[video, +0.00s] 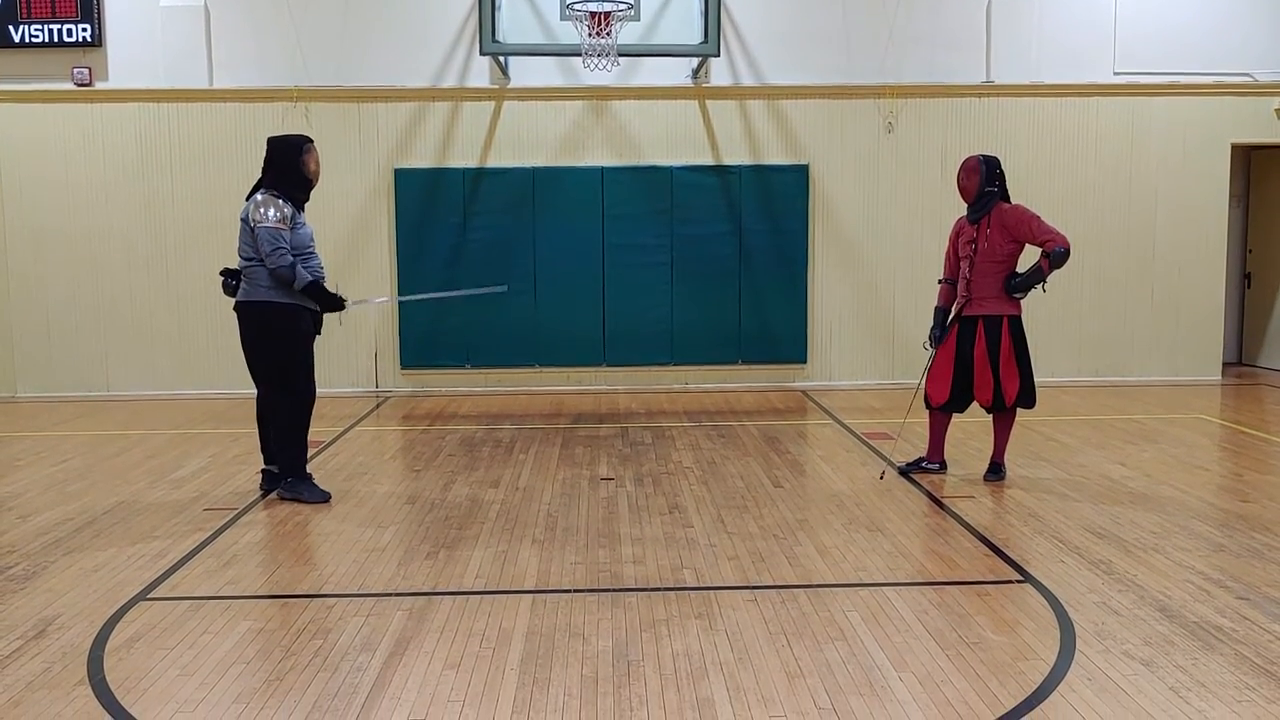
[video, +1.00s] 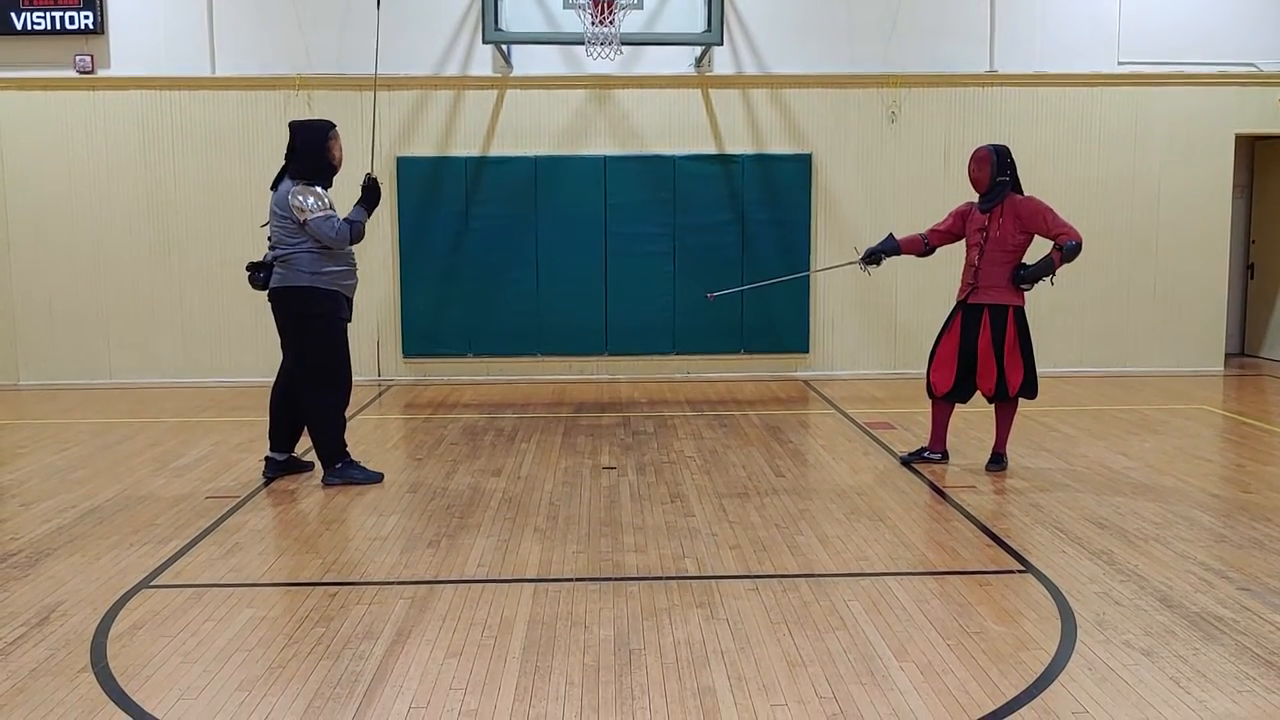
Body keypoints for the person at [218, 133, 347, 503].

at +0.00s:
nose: (318, 168)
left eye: (317, 160)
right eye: (313, 160)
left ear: (290, 162)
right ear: (294, 161)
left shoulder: (282, 202)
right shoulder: (268, 202)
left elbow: (292, 260)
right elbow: (279, 263)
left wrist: (318, 291)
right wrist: (318, 292)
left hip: (280, 309)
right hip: (271, 310)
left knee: (278, 391)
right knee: (293, 392)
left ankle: (276, 471)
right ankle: (292, 477)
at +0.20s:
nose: (321, 169)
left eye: (322, 161)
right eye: (317, 160)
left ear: (295, 162)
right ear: (297, 160)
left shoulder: (287, 202)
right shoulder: (273, 199)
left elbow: (289, 258)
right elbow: (289, 253)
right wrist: (336, 267)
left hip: (279, 304)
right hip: (278, 304)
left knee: (280, 382)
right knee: (309, 379)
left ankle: (276, 466)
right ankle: (298, 470)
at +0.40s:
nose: (323, 162)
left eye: (323, 155)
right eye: (318, 154)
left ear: (293, 156)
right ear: (299, 156)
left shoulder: (277, 195)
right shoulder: (279, 197)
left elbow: (285, 256)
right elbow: (311, 244)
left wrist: (251, 273)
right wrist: (359, 244)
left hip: (276, 301)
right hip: (285, 303)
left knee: (280, 380)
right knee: (310, 383)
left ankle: (276, 462)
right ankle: (327, 467)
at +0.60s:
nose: (327, 160)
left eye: (326, 152)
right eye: (322, 153)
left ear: (294, 156)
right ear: (303, 155)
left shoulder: (283, 192)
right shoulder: (286, 195)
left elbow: (280, 246)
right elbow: (322, 233)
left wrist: (259, 268)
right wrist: (368, 220)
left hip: (286, 299)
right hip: (296, 302)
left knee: (287, 378)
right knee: (316, 382)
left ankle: (277, 460)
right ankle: (335, 466)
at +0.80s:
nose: (334, 153)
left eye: (333, 145)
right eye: (330, 145)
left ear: (303, 149)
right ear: (313, 150)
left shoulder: (290, 188)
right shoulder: (297, 191)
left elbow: (288, 242)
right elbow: (330, 233)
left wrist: (267, 264)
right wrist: (366, 207)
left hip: (294, 294)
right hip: (306, 297)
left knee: (294, 374)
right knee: (326, 380)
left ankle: (279, 458)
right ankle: (336, 464)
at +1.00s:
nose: (341, 152)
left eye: (339, 144)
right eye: (335, 145)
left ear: (308, 151)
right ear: (317, 150)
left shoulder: (293, 188)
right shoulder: (303, 191)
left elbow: (288, 243)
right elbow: (337, 234)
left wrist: (269, 264)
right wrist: (364, 206)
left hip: (296, 292)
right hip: (311, 295)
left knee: (296, 372)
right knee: (330, 377)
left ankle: (279, 456)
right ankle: (336, 463)